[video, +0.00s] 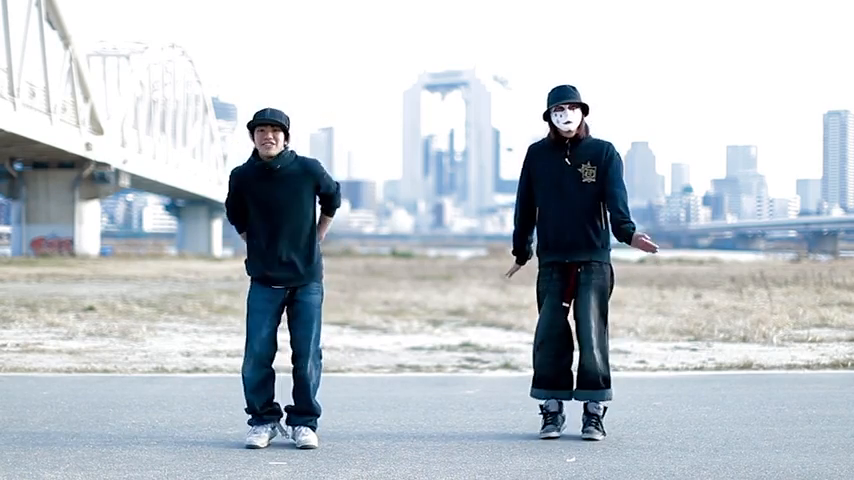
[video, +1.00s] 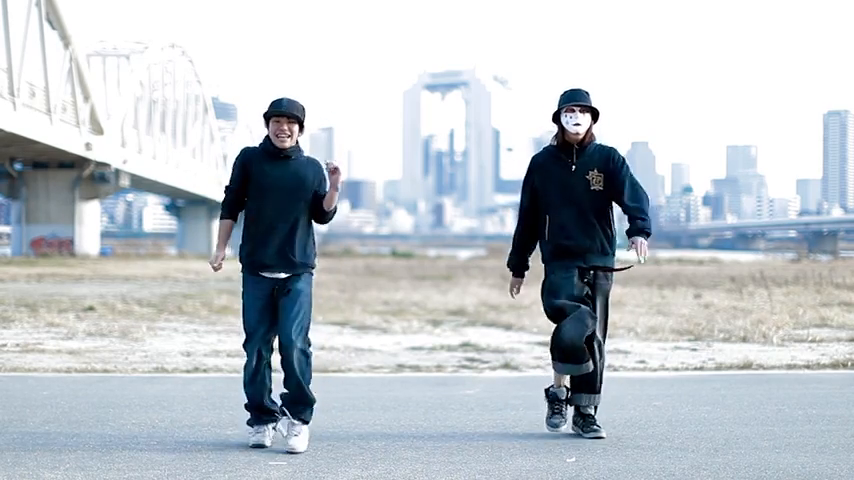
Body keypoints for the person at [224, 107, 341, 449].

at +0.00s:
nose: (268, 136)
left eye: (274, 131)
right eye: (262, 131)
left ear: (285, 136)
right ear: (252, 137)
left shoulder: (309, 170)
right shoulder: (241, 177)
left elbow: (332, 197)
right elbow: (236, 217)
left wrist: (318, 232)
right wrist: (257, 240)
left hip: (306, 276)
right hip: (264, 277)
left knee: (306, 351)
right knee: (257, 351)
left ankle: (304, 422)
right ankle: (262, 422)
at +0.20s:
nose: (288, 146)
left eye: (294, 140)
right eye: (282, 140)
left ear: (304, 145)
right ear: (272, 144)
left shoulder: (319, 184)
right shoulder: (256, 185)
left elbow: (335, 221)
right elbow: (244, 237)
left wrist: (334, 227)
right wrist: (232, 280)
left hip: (305, 291)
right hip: (263, 289)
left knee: (310, 363)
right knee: (263, 362)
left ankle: (303, 426)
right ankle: (256, 425)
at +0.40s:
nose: (281, 126)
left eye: (288, 122)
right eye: (276, 121)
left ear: (298, 129)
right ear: (266, 126)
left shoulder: (313, 166)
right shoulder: (250, 162)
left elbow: (327, 216)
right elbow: (234, 199)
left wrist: (325, 260)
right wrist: (233, 218)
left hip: (303, 271)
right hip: (261, 266)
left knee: (309, 349)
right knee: (250, 313)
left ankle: (301, 422)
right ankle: (273, 356)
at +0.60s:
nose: (271, 141)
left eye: (278, 136)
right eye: (266, 134)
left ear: (290, 141)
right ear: (258, 138)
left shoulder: (307, 178)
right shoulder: (246, 181)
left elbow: (332, 216)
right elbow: (233, 230)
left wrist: (324, 258)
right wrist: (232, 190)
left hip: (298, 285)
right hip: (257, 287)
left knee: (301, 358)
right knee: (256, 360)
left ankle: (302, 424)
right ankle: (260, 425)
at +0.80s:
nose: (277, 128)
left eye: (283, 124)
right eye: (271, 124)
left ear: (294, 132)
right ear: (261, 131)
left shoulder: (309, 171)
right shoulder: (245, 165)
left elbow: (335, 215)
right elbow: (222, 195)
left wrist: (335, 204)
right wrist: (208, 210)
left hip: (296, 259)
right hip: (257, 266)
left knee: (307, 280)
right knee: (255, 345)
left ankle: (291, 338)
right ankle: (262, 420)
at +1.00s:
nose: (283, 128)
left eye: (290, 122)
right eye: (278, 121)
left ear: (300, 128)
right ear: (267, 125)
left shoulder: (312, 168)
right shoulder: (248, 160)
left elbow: (321, 217)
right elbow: (231, 206)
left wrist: (333, 191)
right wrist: (221, 247)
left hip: (297, 268)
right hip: (257, 268)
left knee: (293, 343)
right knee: (256, 345)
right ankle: (261, 420)